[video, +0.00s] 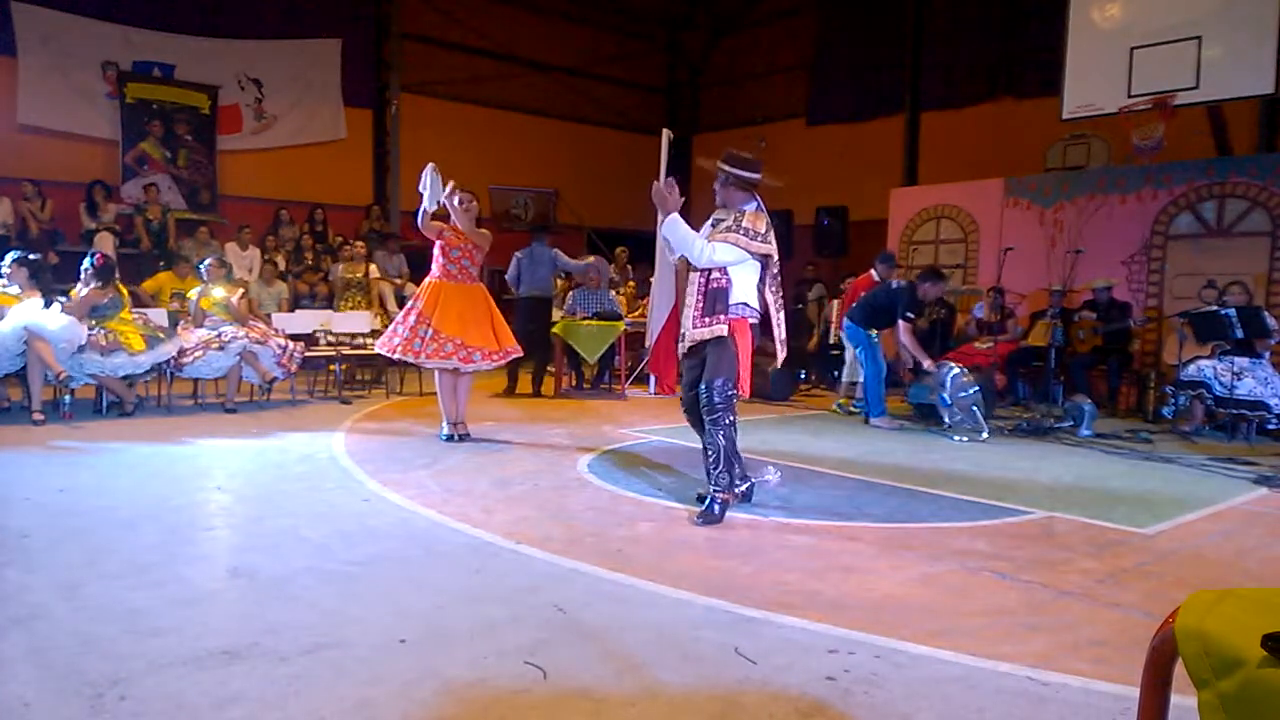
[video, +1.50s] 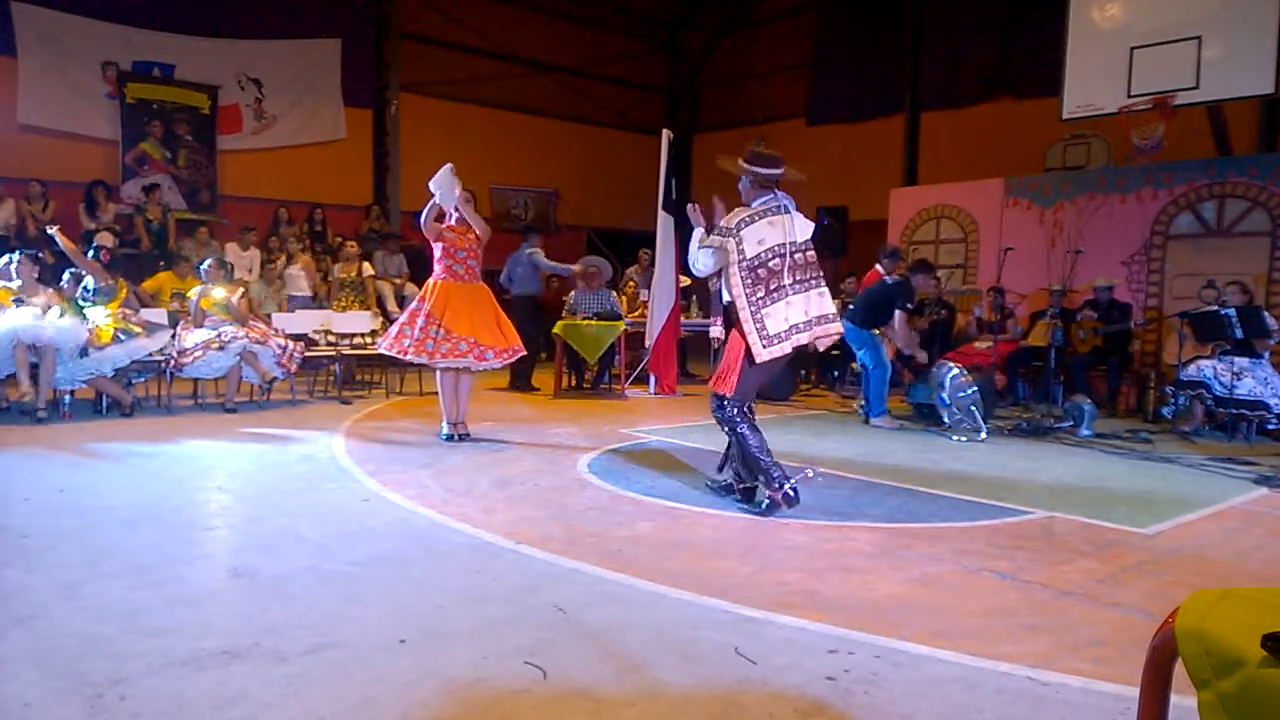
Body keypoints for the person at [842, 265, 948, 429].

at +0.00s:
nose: (939, 296)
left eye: (941, 292)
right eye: (939, 291)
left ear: (925, 285)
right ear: (926, 286)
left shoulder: (907, 290)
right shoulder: (910, 296)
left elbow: (899, 331)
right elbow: (905, 334)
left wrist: (904, 353)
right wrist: (925, 360)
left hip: (864, 327)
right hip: (859, 327)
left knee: (875, 368)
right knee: (876, 368)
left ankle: (874, 412)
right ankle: (877, 415)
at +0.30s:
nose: (940, 288)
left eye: (940, 283)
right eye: (938, 283)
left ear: (923, 280)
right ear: (928, 282)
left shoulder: (908, 288)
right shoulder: (907, 290)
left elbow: (907, 327)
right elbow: (903, 328)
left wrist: (927, 347)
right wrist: (935, 338)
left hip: (865, 326)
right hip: (858, 326)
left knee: (877, 366)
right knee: (878, 366)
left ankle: (874, 412)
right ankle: (877, 415)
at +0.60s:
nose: (932, 284)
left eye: (933, 280)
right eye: (932, 280)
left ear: (914, 272)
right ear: (926, 278)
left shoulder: (897, 279)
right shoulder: (913, 291)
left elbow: (894, 314)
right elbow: (929, 324)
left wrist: (911, 325)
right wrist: (932, 318)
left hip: (854, 323)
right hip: (865, 328)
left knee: (873, 368)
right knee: (884, 368)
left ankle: (871, 410)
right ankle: (879, 414)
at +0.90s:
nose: (929, 283)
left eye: (931, 279)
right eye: (930, 279)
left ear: (912, 271)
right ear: (925, 278)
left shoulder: (895, 279)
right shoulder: (911, 291)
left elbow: (891, 315)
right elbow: (922, 327)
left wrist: (913, 320)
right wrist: (942, 323)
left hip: (852, 322)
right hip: (864, 328)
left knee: (871, 368)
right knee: (883, 368)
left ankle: (871, 410)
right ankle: (879, 414)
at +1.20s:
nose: (929, 283)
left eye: (930, 278)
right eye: (929, 278)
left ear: (910, 270)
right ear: (923, 277)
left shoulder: (893, 280)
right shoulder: (910, 290)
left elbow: (894, 318)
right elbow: (919, 330)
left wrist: (911, 329)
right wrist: (931, 331)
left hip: (852, 323)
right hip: (864, 328)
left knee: (871, 368)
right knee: (882, 367)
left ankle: (871, 410)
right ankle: (879, 414)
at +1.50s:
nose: (930, 284)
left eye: (931, 280)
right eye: (929, 279)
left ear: (915, 275)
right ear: (920, 277)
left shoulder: (896, 283)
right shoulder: (906, 289)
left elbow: (884, 324)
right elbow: (900, 329)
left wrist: (902, 344)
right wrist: (915, 351)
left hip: (853, 323)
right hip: (860, 327)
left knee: (872, 366)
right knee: (880, 367)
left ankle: (871, 410)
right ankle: (878, 414)